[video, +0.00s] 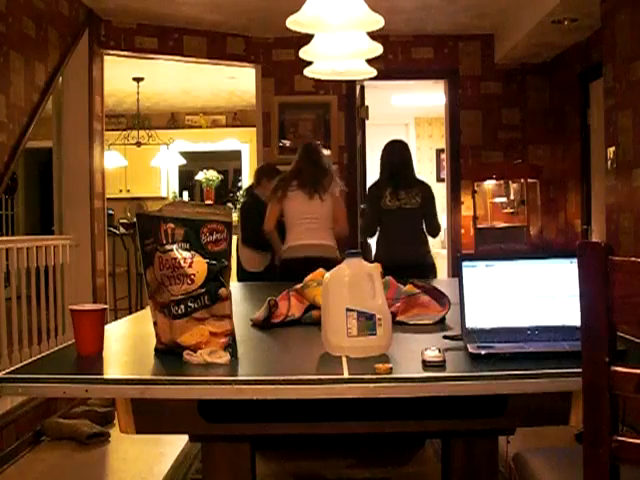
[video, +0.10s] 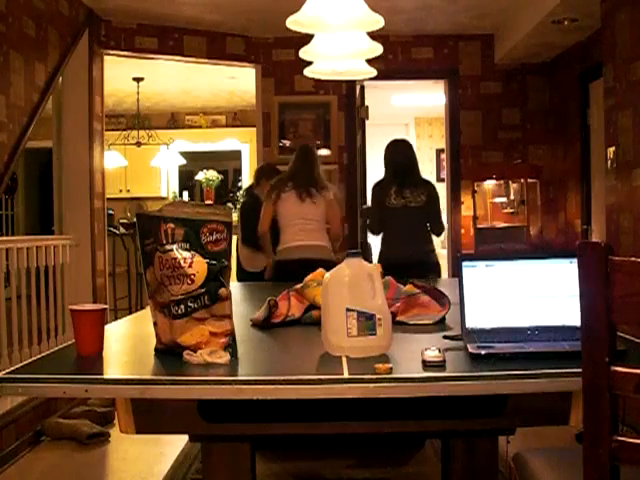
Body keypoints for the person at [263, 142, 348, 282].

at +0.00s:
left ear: (298, 161)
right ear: (322, 161)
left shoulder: (284, 185)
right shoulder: (332, 185)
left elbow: (269, 226)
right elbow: (342, 228)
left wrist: (279, 251)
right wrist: (321, 234)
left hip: (293, 258)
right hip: (327, 258)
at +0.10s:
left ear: (293, 164)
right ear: (316, 165)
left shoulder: (277, 189)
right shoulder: (327, 190)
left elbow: (263, 229)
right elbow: (336, 230)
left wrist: (270, 257)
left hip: (287, 261)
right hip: (322, 260)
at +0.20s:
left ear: (290, 161)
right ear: (314, 162)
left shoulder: (273, 185)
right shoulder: (323, 185)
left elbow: (261, 224)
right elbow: (329, 225)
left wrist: (267, 258)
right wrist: (336, 252)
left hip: (284, 257)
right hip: (318, 256)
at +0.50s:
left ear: (292, 163)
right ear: (315, 161)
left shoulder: (282, 187)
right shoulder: (330, 184)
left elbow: (269, 215)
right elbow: (340, 223)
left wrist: (272, 254)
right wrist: (342, 254)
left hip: (296, 254)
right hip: (328, 253)